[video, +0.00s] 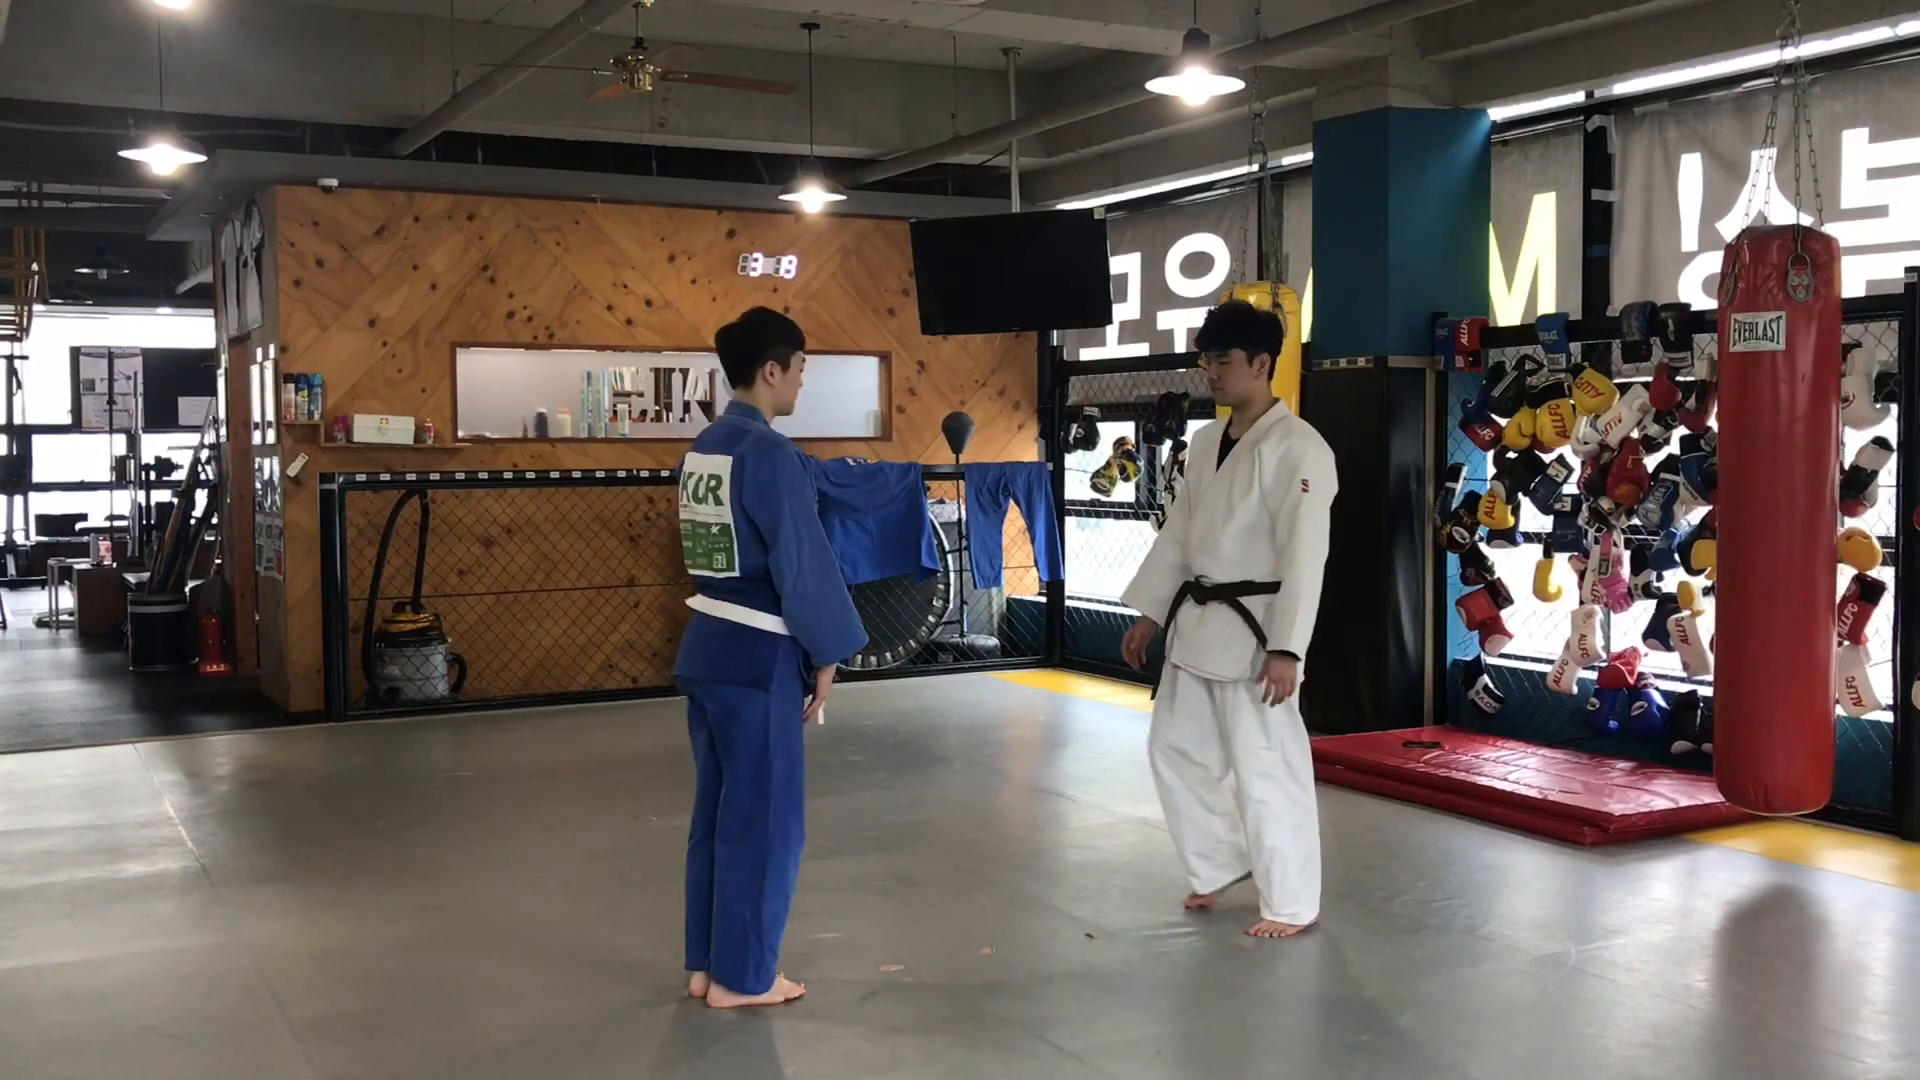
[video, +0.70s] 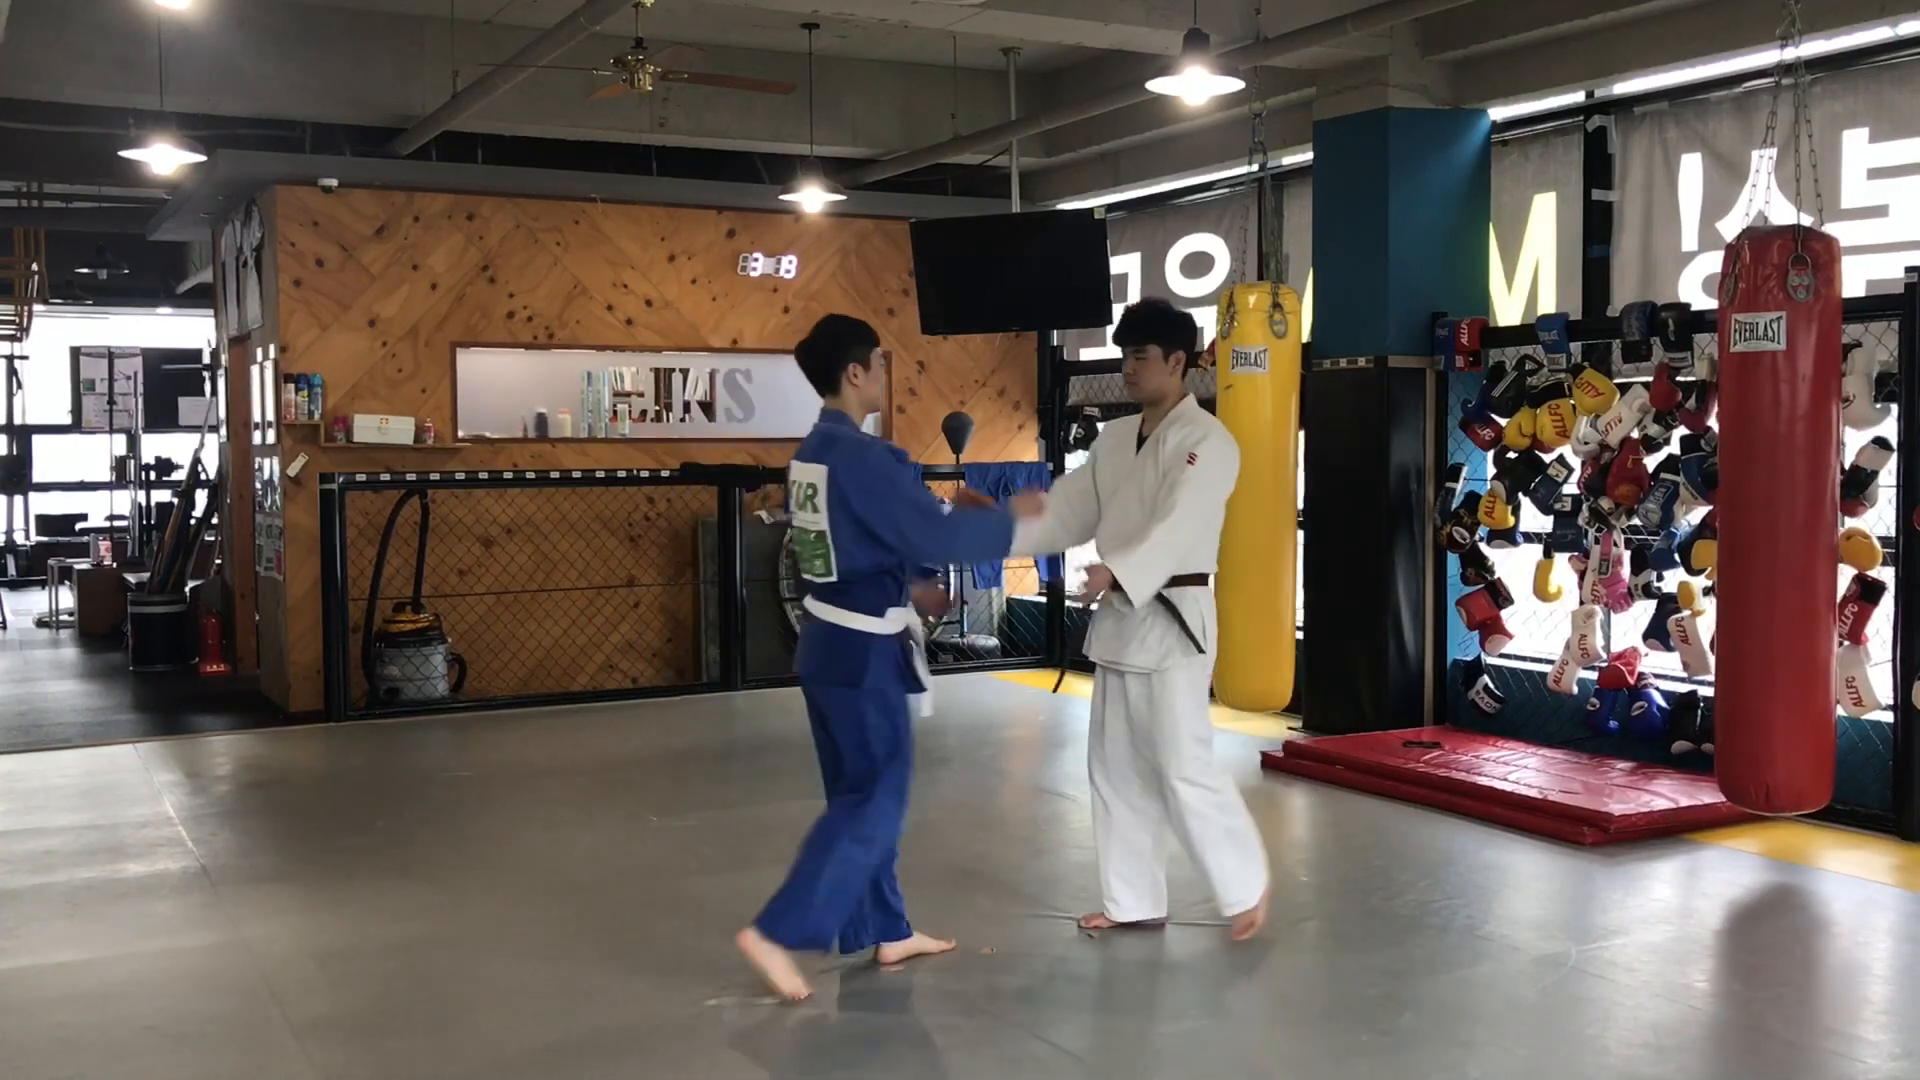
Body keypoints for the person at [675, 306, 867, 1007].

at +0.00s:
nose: (802, 382)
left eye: (801, 369)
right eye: (799, 369)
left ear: (740, 372)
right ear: (773, 370)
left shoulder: (707, 448)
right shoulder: (771, 454)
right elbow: (802, 566)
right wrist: (826, 655)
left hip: (707, 657)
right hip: (758, 664)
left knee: (717, 815)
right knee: (765, 821)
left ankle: (705, 967)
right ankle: (743, 976)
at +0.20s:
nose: (812, 381)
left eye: (809, 368)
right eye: (808, 368)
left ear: (750, 376)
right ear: (783, 373)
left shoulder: (719, 453)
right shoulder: (787, 460)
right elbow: (812, 574)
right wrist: (835, 667)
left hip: (722, 664)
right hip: (773, 671)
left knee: (747, 814)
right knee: (772, 823)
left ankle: (738, 953)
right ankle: (740, 980)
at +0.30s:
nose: (825, 381)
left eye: (822, 368)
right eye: (820, 369)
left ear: (763, 376)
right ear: (796, 374)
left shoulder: (733, 452)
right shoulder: (803, 461)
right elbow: (825, 577)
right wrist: (850, 670)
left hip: (734, 660)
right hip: (785, 667)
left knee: (799, 799)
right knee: (773, 817)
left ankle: (817, 937)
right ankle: (739, 980)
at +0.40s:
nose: (840, 383)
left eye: (838, 371)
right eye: (834, 372)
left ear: (782, 379)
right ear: (809, 377)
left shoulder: (748, 456)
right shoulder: (820, 465)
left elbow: (762, 560)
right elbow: (848, 578)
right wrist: (879, 667)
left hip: (752, 658)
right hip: (801, 666)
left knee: (824, 796)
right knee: (784, 814)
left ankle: (866, 922)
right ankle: (740, 978)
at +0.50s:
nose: (854, 385)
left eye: (852, 373)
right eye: (849, 374)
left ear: (796, 384)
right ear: (826, 381)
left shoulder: (770, 457)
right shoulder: (833, 467)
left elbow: (785, 558)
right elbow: (874, 572)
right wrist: (927, 645)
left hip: (778, 657)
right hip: (821, 665)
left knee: (842, 799)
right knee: (803, 813)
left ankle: (883, 928)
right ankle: (744, 975)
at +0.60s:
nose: (866, 385)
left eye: (864, 374)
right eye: (862, 375)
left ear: (811, 382)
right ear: (840, 380)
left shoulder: (793, 457)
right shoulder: (845, 467)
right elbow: (908, 569)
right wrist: (984, 582)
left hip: (812, 651)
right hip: (845, 661)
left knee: (863, 802)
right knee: (830, 807)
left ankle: (885, 936)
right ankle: (753, 963)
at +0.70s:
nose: (886, 379)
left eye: (883, 366)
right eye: (880, 368)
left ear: (830, 378)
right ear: (855, 375)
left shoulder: (812, 454)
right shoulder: (866, 460)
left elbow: (847, 552)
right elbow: (938, 535)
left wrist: (912, 587)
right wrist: (1013, 517)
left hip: (822, 652)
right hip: (865, 658)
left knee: (855, 795)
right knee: (881, 799)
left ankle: (889, 933)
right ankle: (776, 933)